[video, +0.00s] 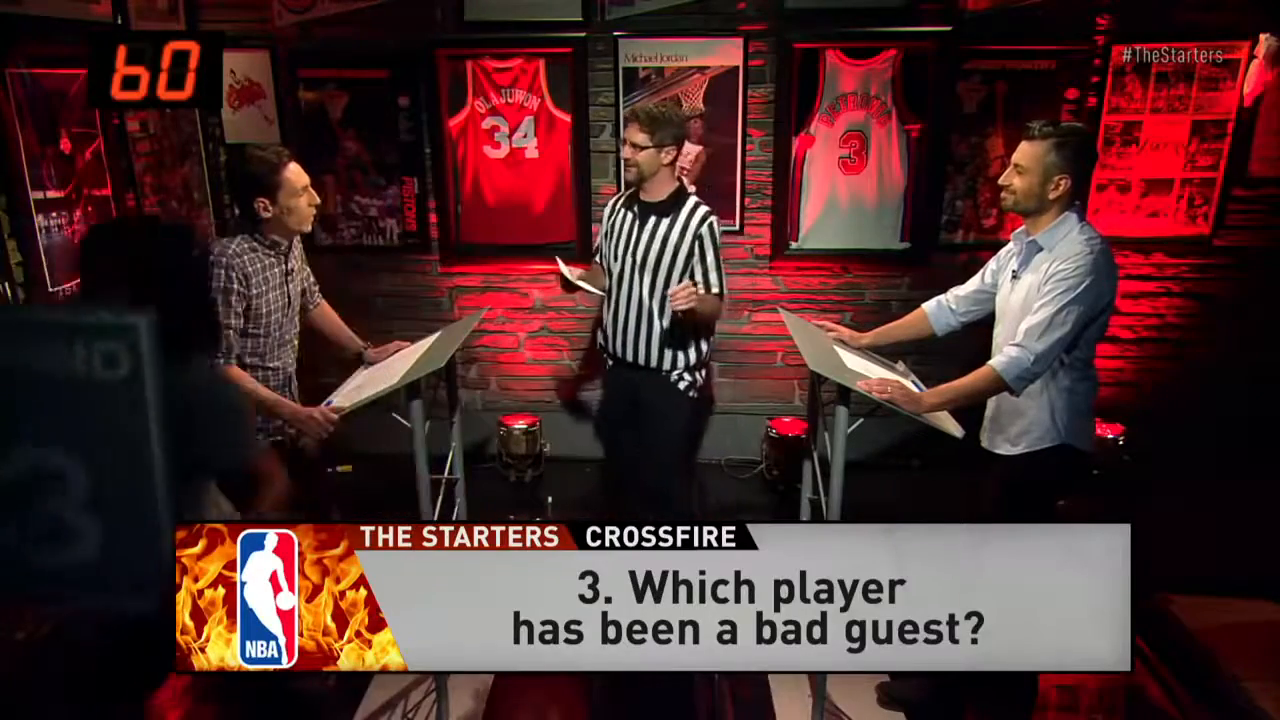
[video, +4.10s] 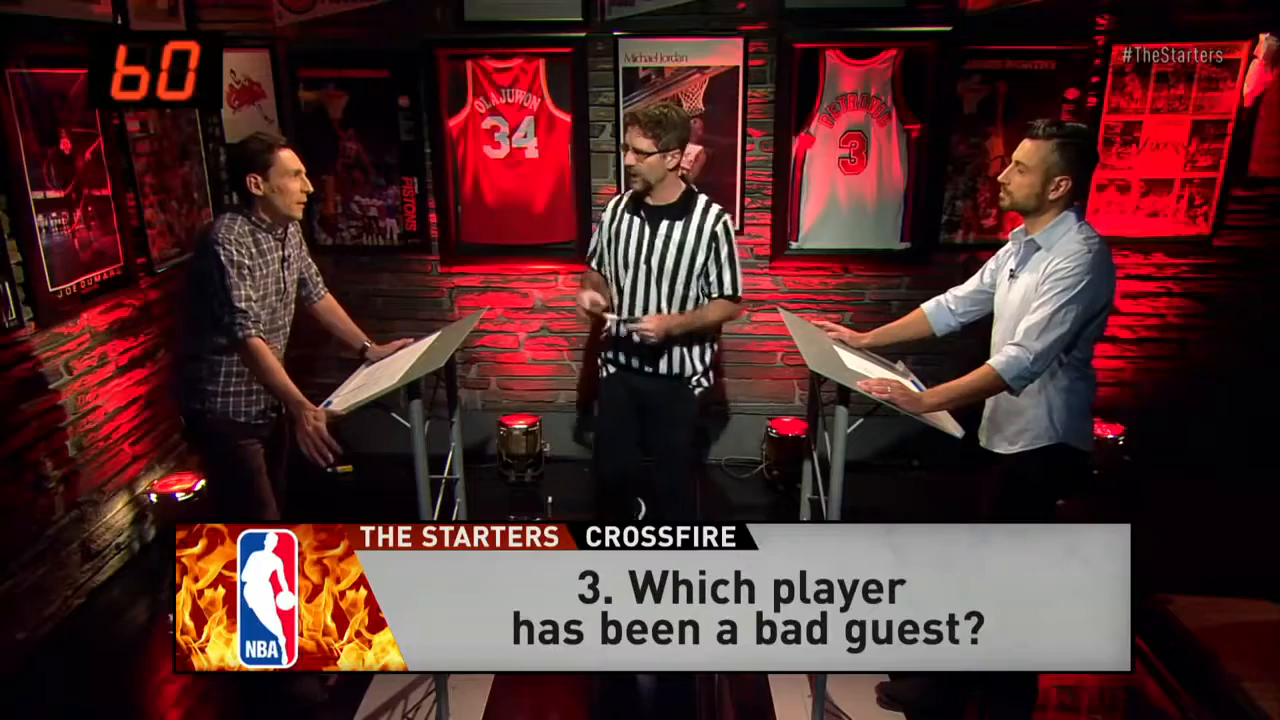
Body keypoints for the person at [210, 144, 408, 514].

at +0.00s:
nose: (316, 200)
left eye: (310, 188)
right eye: (302, 193)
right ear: (266, 208)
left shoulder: (290, 245)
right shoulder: (230, 262)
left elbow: (312, 304)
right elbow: (220, 367)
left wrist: (364, 350)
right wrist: (294, 414)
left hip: (288, 430)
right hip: (247, 437)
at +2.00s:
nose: (307, 198)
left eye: (302, 186)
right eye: (292, 190)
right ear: (255, 207)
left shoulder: (289, 244)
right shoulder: (223, 258)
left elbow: (313, 302)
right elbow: (217, 363)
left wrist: (364, 350)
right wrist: (292, 412)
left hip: (282, 422)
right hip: (235, 433)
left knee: (297, 523)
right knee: (249, 536)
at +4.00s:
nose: (306, 187)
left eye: (303, 176)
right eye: (294, 177)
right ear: (256, 186)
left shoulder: (285, 231)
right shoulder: (225, 241)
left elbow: (316, 296)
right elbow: (246, 336)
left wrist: (368, 348)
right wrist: (300, 408)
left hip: (266, 404)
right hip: (220, 411)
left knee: (272, 515)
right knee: (258, 524)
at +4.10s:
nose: (308, 187)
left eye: (305, 176)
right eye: (295, 176)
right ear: (256, 185)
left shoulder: (287, 231)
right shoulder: (226, 242)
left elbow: (317, 296)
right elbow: (245, 337)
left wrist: (368, 348)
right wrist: (300, 408)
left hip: (270, 405)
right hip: (225, 412)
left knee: (276, 515)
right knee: (260, 525)